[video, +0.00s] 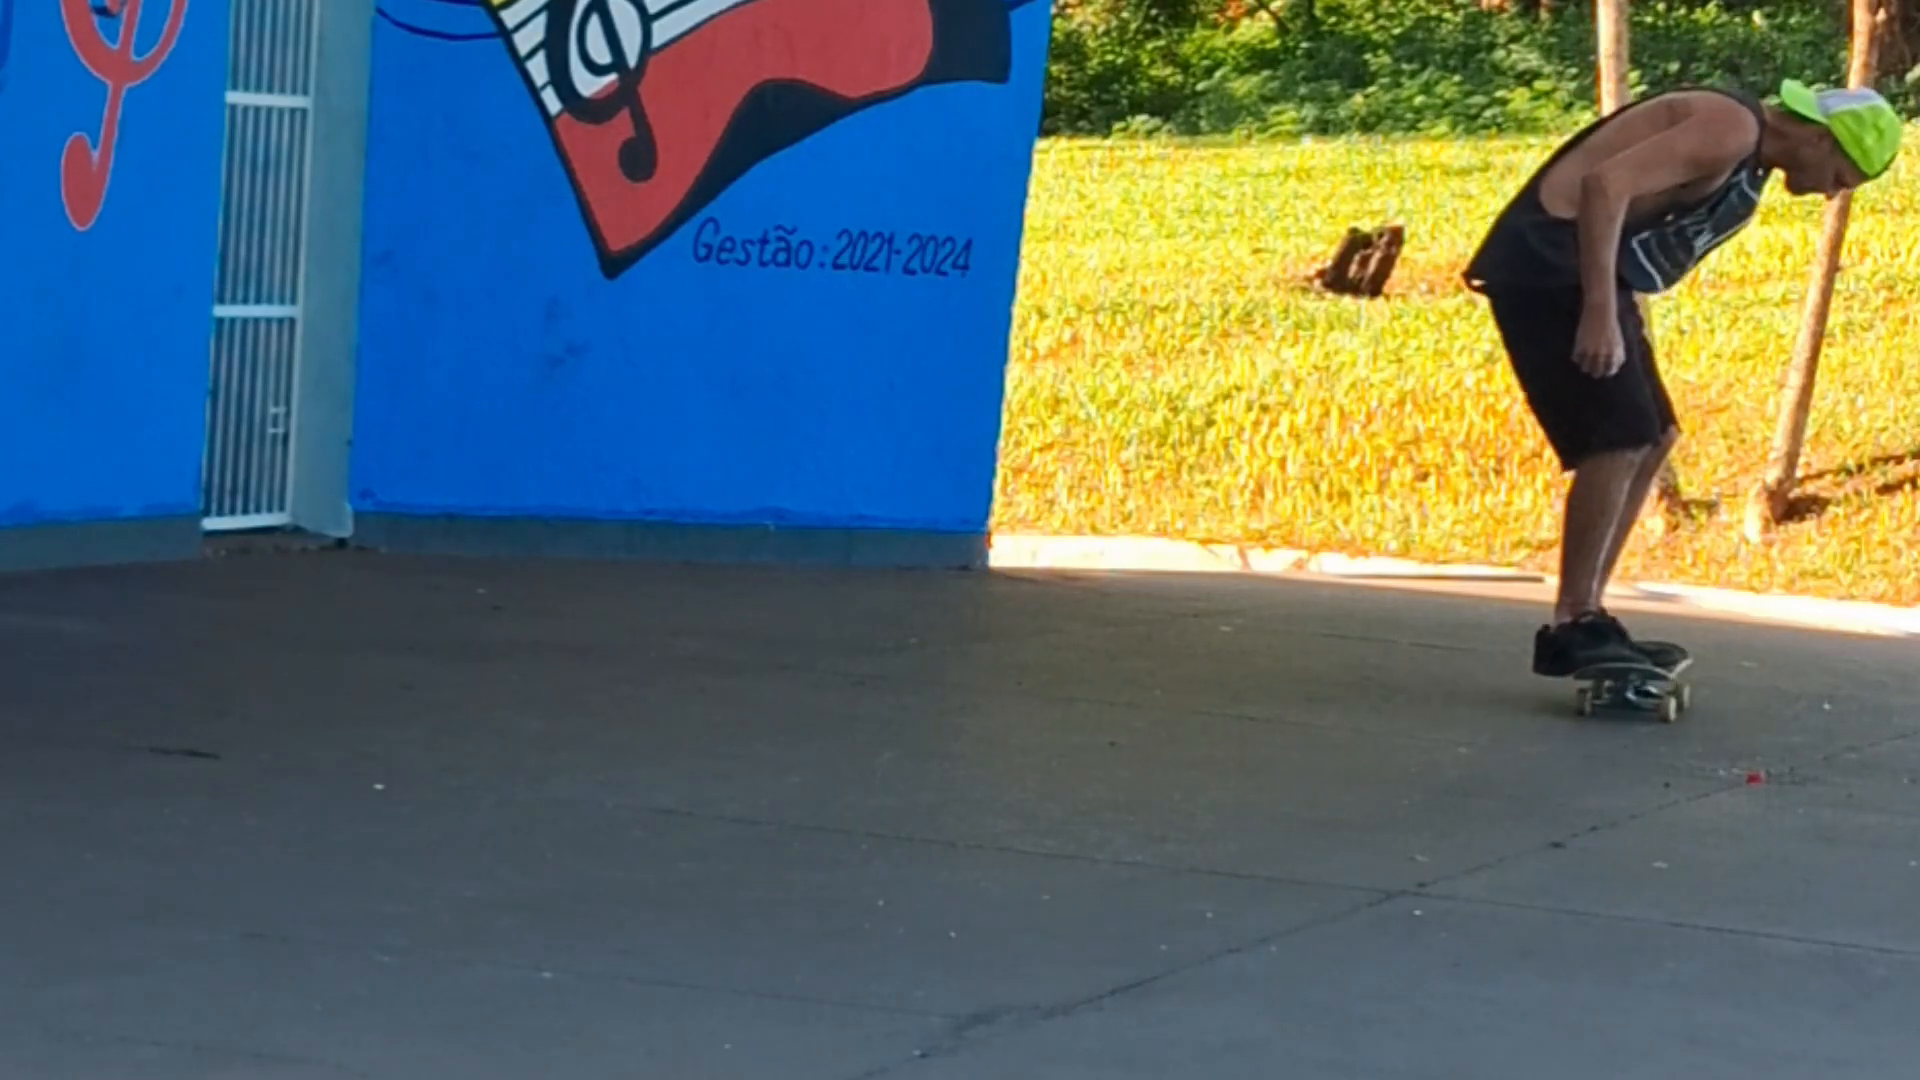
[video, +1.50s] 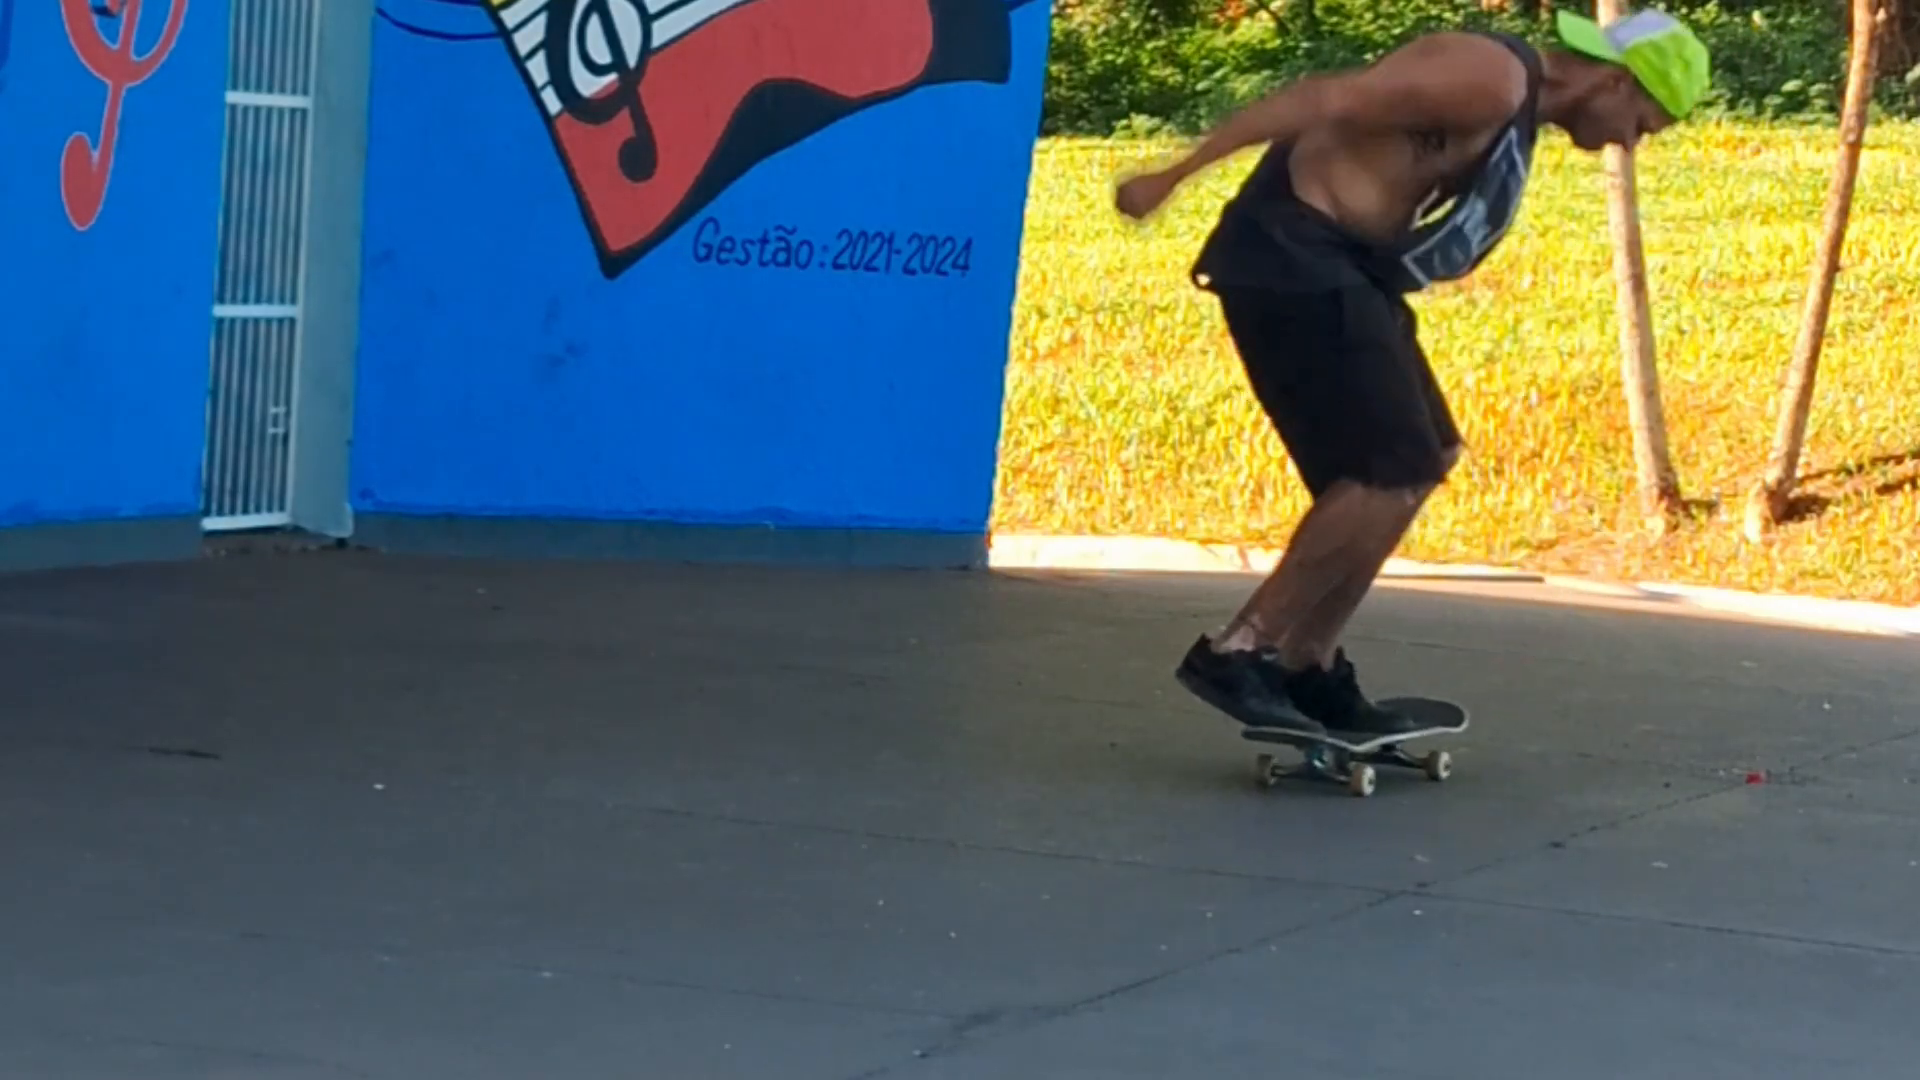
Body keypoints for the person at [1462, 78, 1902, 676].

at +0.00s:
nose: (1834, 191)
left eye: (1846, 185)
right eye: (1843, 176)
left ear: (1824, 136)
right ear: (1824, 137)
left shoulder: (1743, 162)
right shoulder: (1728, 128)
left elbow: (1630, 232)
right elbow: (1604, 186)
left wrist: (1627, 314)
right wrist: (1598, 312)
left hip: (1584, 272)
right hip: (1545, 266)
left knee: (1653, 435)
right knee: (1618, 437)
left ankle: (1584, 616)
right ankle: (1568, 625)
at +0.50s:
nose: (1790, 230)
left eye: (1804, 225)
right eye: (1801, 215)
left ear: (1785, 177)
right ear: (1784, 172)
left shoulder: (1700, 185)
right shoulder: (1693, 157)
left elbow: (1572, 249)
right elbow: (1561, 217)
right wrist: (1554, 357)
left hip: (1514, 266)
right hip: (1474, 254)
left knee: (1598, 439)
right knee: (1565, 438)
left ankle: (1521, 633)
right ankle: (1466, 621)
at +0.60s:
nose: (1776, 238)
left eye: (1790, 233)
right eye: (1787, 222)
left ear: (1773, 182)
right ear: (1771, 178)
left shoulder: (1683, 190)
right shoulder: (1679, 161)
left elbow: (1556, 264)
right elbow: (1547, 227)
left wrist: (1481, 398)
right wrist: (1533, 368)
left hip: (1499, 267)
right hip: (1455, 254)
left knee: (1578, 443)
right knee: (1549, 442)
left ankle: (1500, 640)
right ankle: (1448, 629)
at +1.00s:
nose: (1702, 281)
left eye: (1717, 276)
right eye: (1716, 267)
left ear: (1696, 217)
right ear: (1699, 223)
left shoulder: (1614, 210)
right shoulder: (1608, 205)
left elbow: (1490, 308)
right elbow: (1490, 297)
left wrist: (1424, 480)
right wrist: (1482, 449)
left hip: (1405, 275)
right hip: (1364, 270)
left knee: (1518, 445)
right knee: (1478, 469)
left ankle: (1416, 651)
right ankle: (1351, 641)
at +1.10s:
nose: (1680, 308)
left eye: (1696, 300)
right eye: (1694, 292)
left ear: (1670, 246)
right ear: (1673, 248)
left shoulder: (1586, 248)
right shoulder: (1583, 232)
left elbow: (1495, 366)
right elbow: (1505, 346)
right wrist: (1537, 491)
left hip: (1383, 307)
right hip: (1339, 298)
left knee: (1493, 472)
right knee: (1474, 477)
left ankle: (1391, 657)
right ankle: (1331, 640)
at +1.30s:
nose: (1637, 319)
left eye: (1650, 311)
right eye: (1647, 301)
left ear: (1620, 256)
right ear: (1622, 255)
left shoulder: (1539, 300)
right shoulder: (1529, 251)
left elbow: (1514, 449)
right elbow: (1470, 413)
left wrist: (1538, 574)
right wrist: (1580, 512)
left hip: (1326, 341)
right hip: (1284, 333)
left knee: (1475, 487)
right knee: (1451, 483)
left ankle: (1345, 661)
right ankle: (1285, 642)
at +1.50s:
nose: (1628, 144)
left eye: (1646, 133)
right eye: (1643, 122)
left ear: (1609, 75)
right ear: (1615, 76)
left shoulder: (1513, 110)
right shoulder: (1491, 78)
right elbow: (1320, 101)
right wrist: (1173, 174)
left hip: (1345, 270)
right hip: (1295, 256)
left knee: (1422, 459)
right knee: (1394, 463)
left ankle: (1305, 665)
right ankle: (1239, 649)